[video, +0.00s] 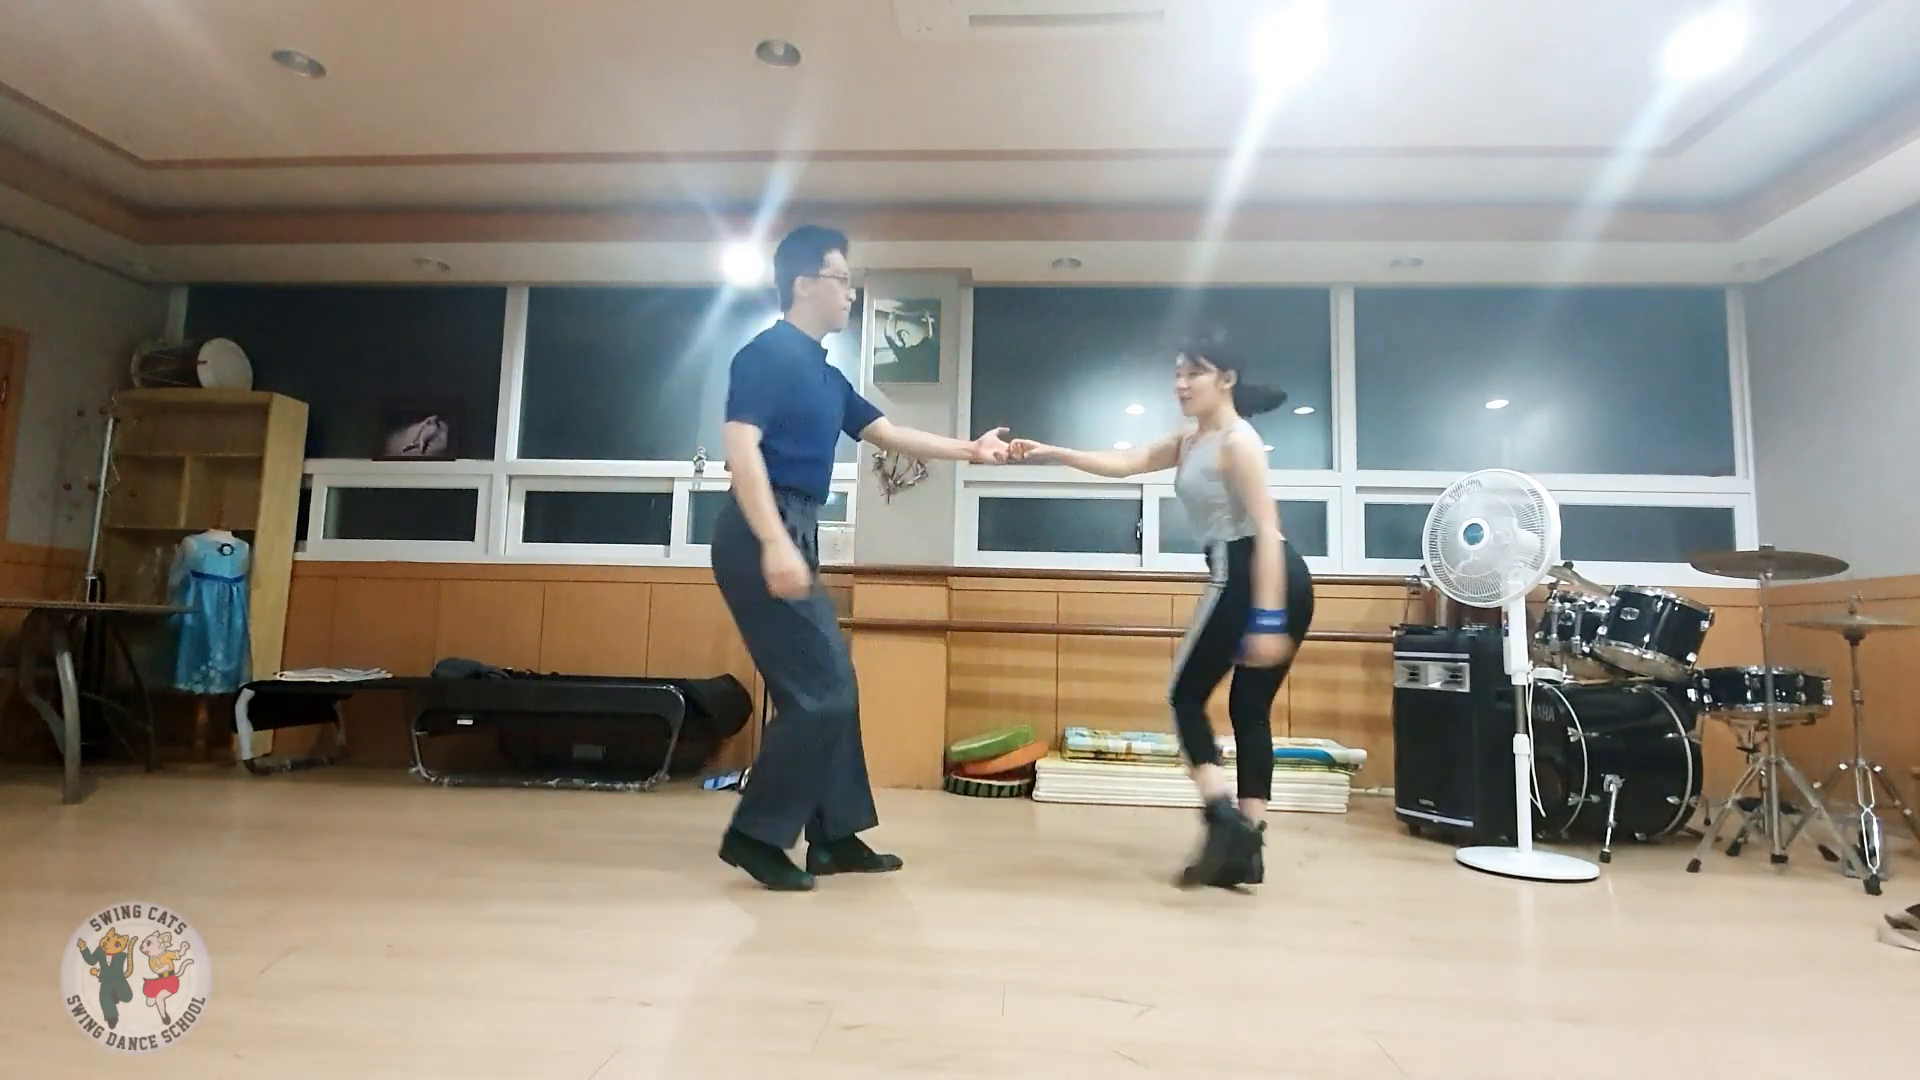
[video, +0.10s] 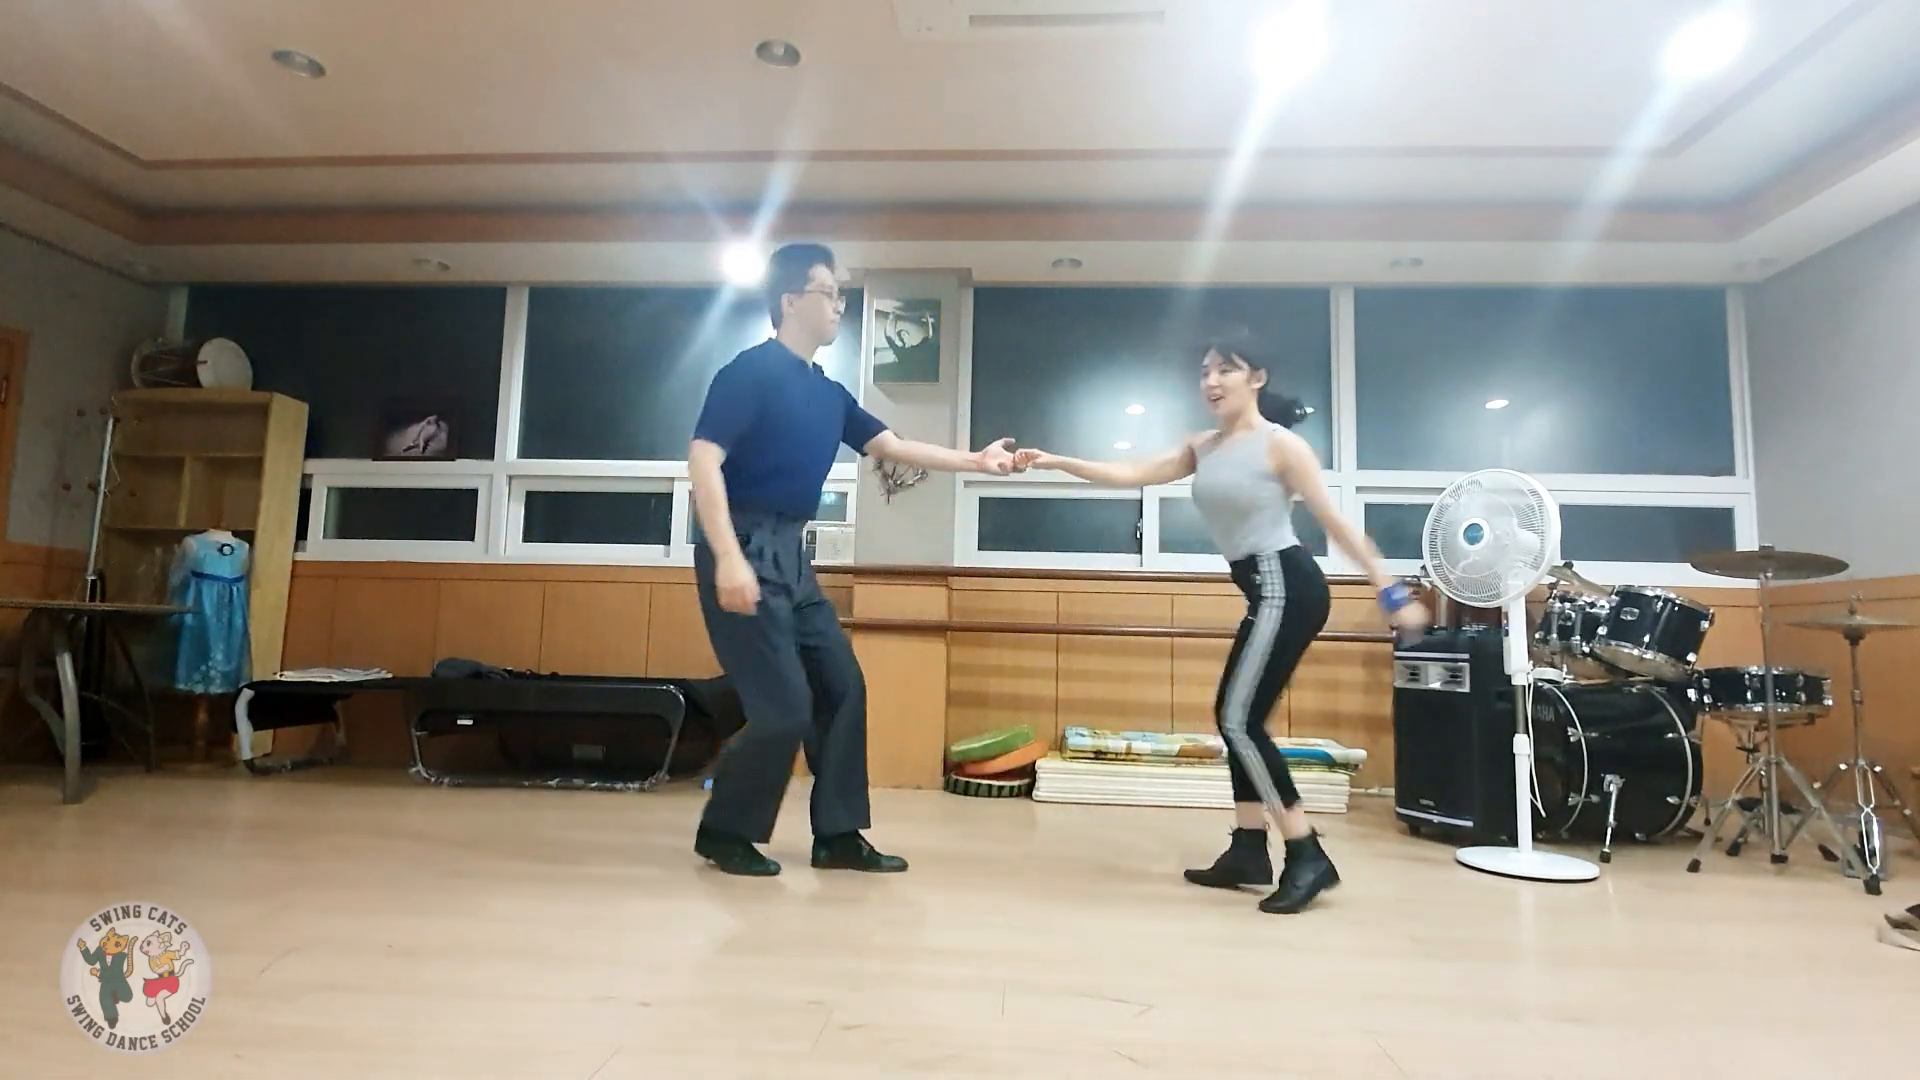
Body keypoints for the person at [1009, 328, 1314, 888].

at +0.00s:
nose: (1181, 384)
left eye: (1193, 373)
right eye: (1178, 374)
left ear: (1225, 379)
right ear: (1180, 382)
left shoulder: (1238, 443)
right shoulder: (1190, 440)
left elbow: (1269, 531)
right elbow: (1128, 463)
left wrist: (1268, 618)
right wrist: (1050, 452)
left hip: (1246, 579)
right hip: (1277, 577)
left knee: (1186, 695)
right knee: (1251, 708)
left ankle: (1222, 820)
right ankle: (1249, 843)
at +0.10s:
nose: (1210, 380)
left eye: (1225, 370)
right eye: (1205, 371)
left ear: (1257, 380)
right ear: (1201, 382)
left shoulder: (1281, 445)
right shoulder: (1203, 447)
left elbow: (1336, 524)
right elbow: (1131, 473)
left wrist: (1390, 590)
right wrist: (1054, 461)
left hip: (1290, 587)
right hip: (1263, 590)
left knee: (1236, 717)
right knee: (1237, 716)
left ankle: (1307, 854)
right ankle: (1249, 851)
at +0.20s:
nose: (1232, 374)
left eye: (1247, 363)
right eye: (1226, 366)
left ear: (1280, 373)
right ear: (1222, 380)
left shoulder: (1315, 438)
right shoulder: (1217, 448)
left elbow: (1403, 482)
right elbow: (1137, 475)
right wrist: (1053, 460)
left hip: (1312, 592)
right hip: (1265, 596)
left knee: (1270, 722)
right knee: (1191, 689)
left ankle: (1317, 867)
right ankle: (1226, 821)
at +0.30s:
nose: (1246, 365)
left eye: (1259, 353)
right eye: (1236, 357)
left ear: (1290, 362)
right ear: (1231, 372)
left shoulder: (1332, 423)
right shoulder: (1220, 441)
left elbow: (1436, 425)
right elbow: (1134, 467)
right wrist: (1052, 452)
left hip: (1317, 583)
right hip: (1255, 583)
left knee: (1269, 709)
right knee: (1183, 686)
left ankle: (1294, 855)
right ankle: (1200, 815)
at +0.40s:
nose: (1247, 369)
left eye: (1259, 358)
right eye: (1238, 363)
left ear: (1291, 369)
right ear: (1233, 379)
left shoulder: (1334, 430)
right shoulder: (1224, 449)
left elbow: (1432, 380)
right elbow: (1132, 469)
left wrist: (1530, 320)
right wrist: (1047, 453)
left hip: (1303, 597)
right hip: (1237, 587)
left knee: (1280, 714)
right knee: (1206, 711)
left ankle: (1206, 838)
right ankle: (1195, 838)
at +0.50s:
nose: (1243, 381)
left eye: (1256, 370)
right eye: (1234, 377)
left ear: (1290, 383)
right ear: (1231, 398)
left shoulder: (1334, 439)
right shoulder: (1227, 467)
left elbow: (1415, 362)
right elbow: (1134, 485)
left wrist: (1473, 283)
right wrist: (1046, 472)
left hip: (1292, 612)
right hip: (1230, 599)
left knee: (1256, 726)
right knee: (1215, 728)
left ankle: (1182, 862)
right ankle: (1192, 861)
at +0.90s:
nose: (1177, 368)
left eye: (1191, 356)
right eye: (1176, 358)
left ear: (1228, 367)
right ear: (1185, 372)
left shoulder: (1254, 415)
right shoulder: (1182, 464)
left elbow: (1343, 377)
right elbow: (1096, 486)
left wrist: (1379, 279)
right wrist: (1012, 477)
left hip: (1261, 572)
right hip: (1291, 596)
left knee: (1212, 725)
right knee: (1207, 724)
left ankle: (1233, 901)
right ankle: (1151, 845)